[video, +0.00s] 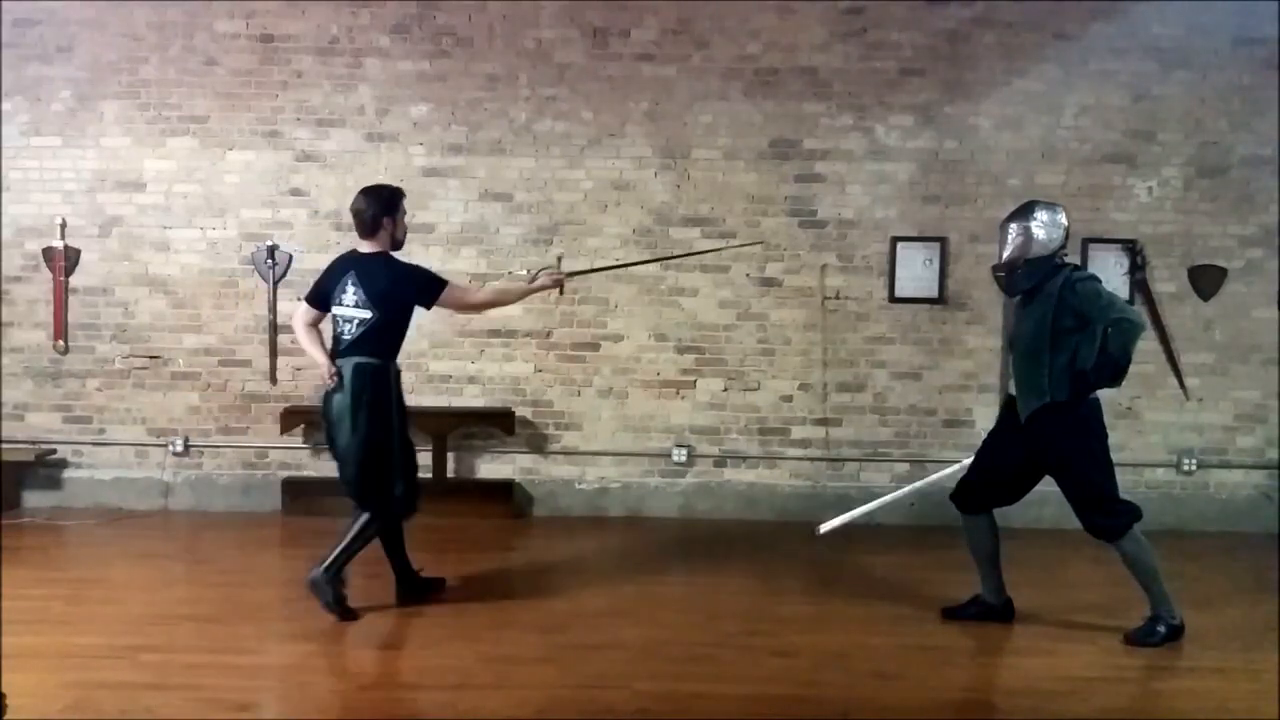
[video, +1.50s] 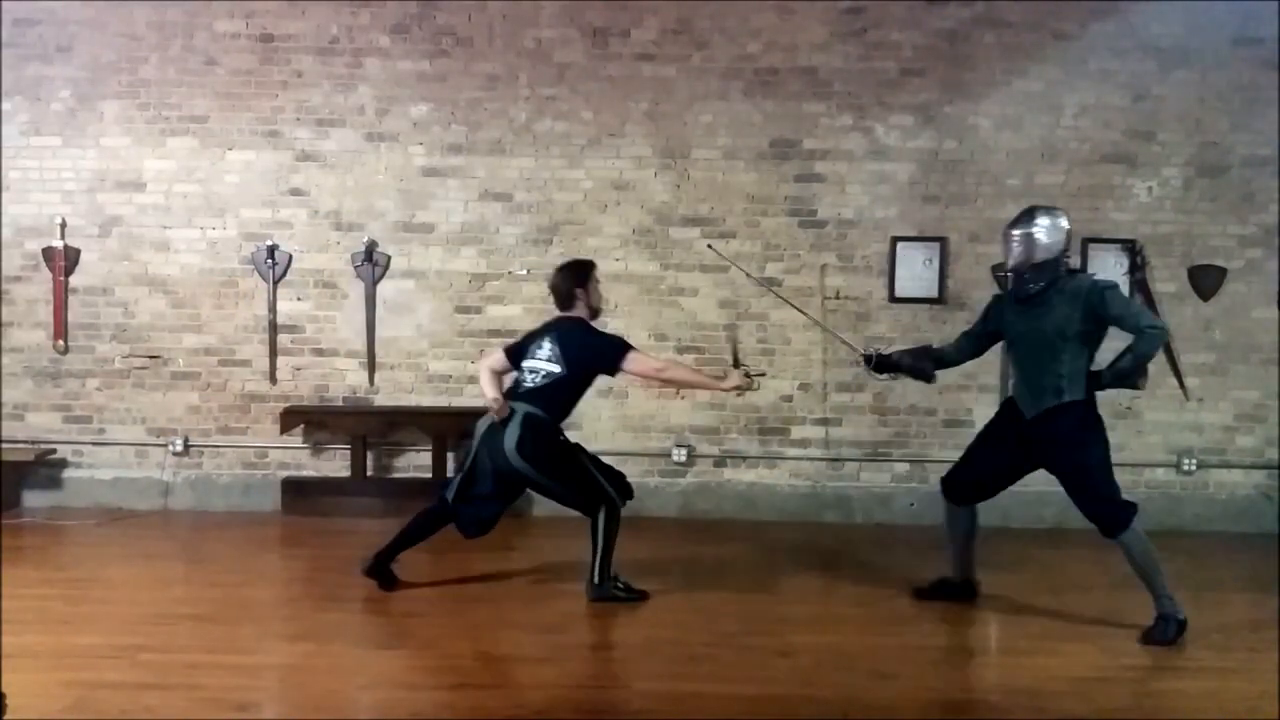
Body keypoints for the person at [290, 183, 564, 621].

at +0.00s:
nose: (407, 223)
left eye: (404, 215)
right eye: (402, 216)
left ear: (363, 225)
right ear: (388, 223)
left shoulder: (340, 268)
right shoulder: (401, 274)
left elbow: (303, 321)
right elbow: (471, 300)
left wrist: (325, 362)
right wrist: (532, 285)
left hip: (341, 388)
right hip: (373, 389)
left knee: (379, 488)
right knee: (397, 492)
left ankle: (407, 581)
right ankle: (329, 573)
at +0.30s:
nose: (446, 219)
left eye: (444, 211)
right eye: (442, 212)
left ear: (403, 219)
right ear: (428, 218)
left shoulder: (378, 261)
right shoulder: (442, 266)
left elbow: (346, 314)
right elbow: (517, 272)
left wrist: (359, 358)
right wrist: (580, 260)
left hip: (375, 389)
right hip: (413, 383)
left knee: (388, 485)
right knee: (501, 385)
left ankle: (404, 580)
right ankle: (447, 459)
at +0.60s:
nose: (506, 227)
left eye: (503, 219)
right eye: (502, 220)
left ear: (465, 225)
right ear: (487, 225)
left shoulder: (436, 264)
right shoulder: (498, 279)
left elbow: (392, 309)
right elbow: (566, 277)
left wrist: (405, 351)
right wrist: (579, 241)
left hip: (414, 388)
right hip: (457, 390)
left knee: (411, 482)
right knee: (537, 419)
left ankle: (406, 579)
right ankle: (476, 485)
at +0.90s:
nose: (591, 268)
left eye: (588, 260)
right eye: (587, 261)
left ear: (549, 268)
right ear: (574, 267)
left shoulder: (523, 306)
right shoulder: (581, 320)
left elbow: (471, 332)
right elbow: (644, 361)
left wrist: (485, 372)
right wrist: (702, 364)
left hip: (477, 410)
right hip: (519, 420)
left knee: (428, 491)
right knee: (586, 493)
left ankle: (377, 571)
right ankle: (597, 580)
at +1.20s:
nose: (650, 335)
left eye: (649, 327)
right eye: (648, 327)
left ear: (611, 327)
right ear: (635, 330)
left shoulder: (579, 357)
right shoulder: (631, 374)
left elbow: (524, 372)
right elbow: (688, 427)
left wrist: (522, 405)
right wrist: (741, 455)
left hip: (517, 440)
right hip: (554, 453)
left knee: (453, 508)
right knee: (631, 498)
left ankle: (379, 572)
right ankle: (603, 579)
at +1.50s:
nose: (603, 293)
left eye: (599, 286)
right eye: (597, 287)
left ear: (561, 297)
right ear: (583, 294)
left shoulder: (536, 337)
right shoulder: (593, 340)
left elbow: (487, 366)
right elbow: (655, 369)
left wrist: (497, 403)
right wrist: (718, 382)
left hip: (493, 434)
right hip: (532, 439)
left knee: (452, 502)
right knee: (607, 496)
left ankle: (382, 559)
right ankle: (601, 581)